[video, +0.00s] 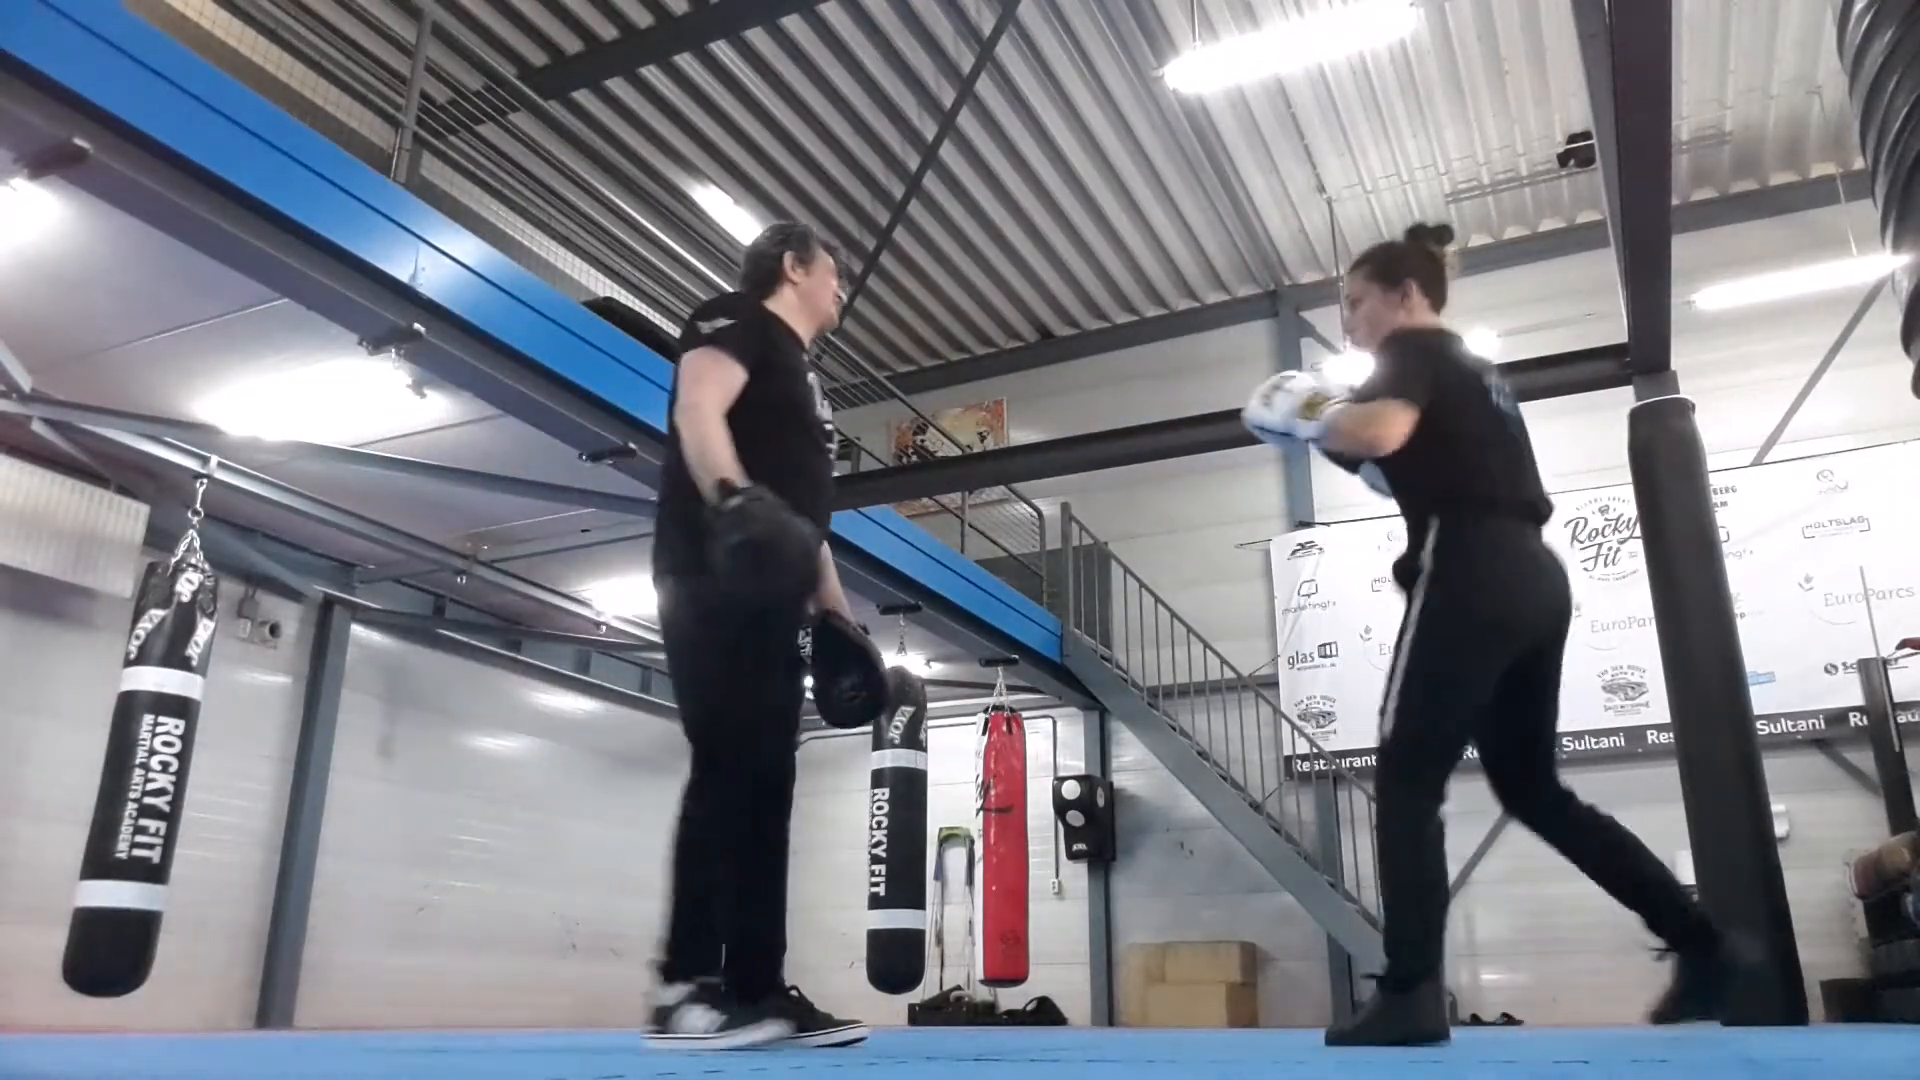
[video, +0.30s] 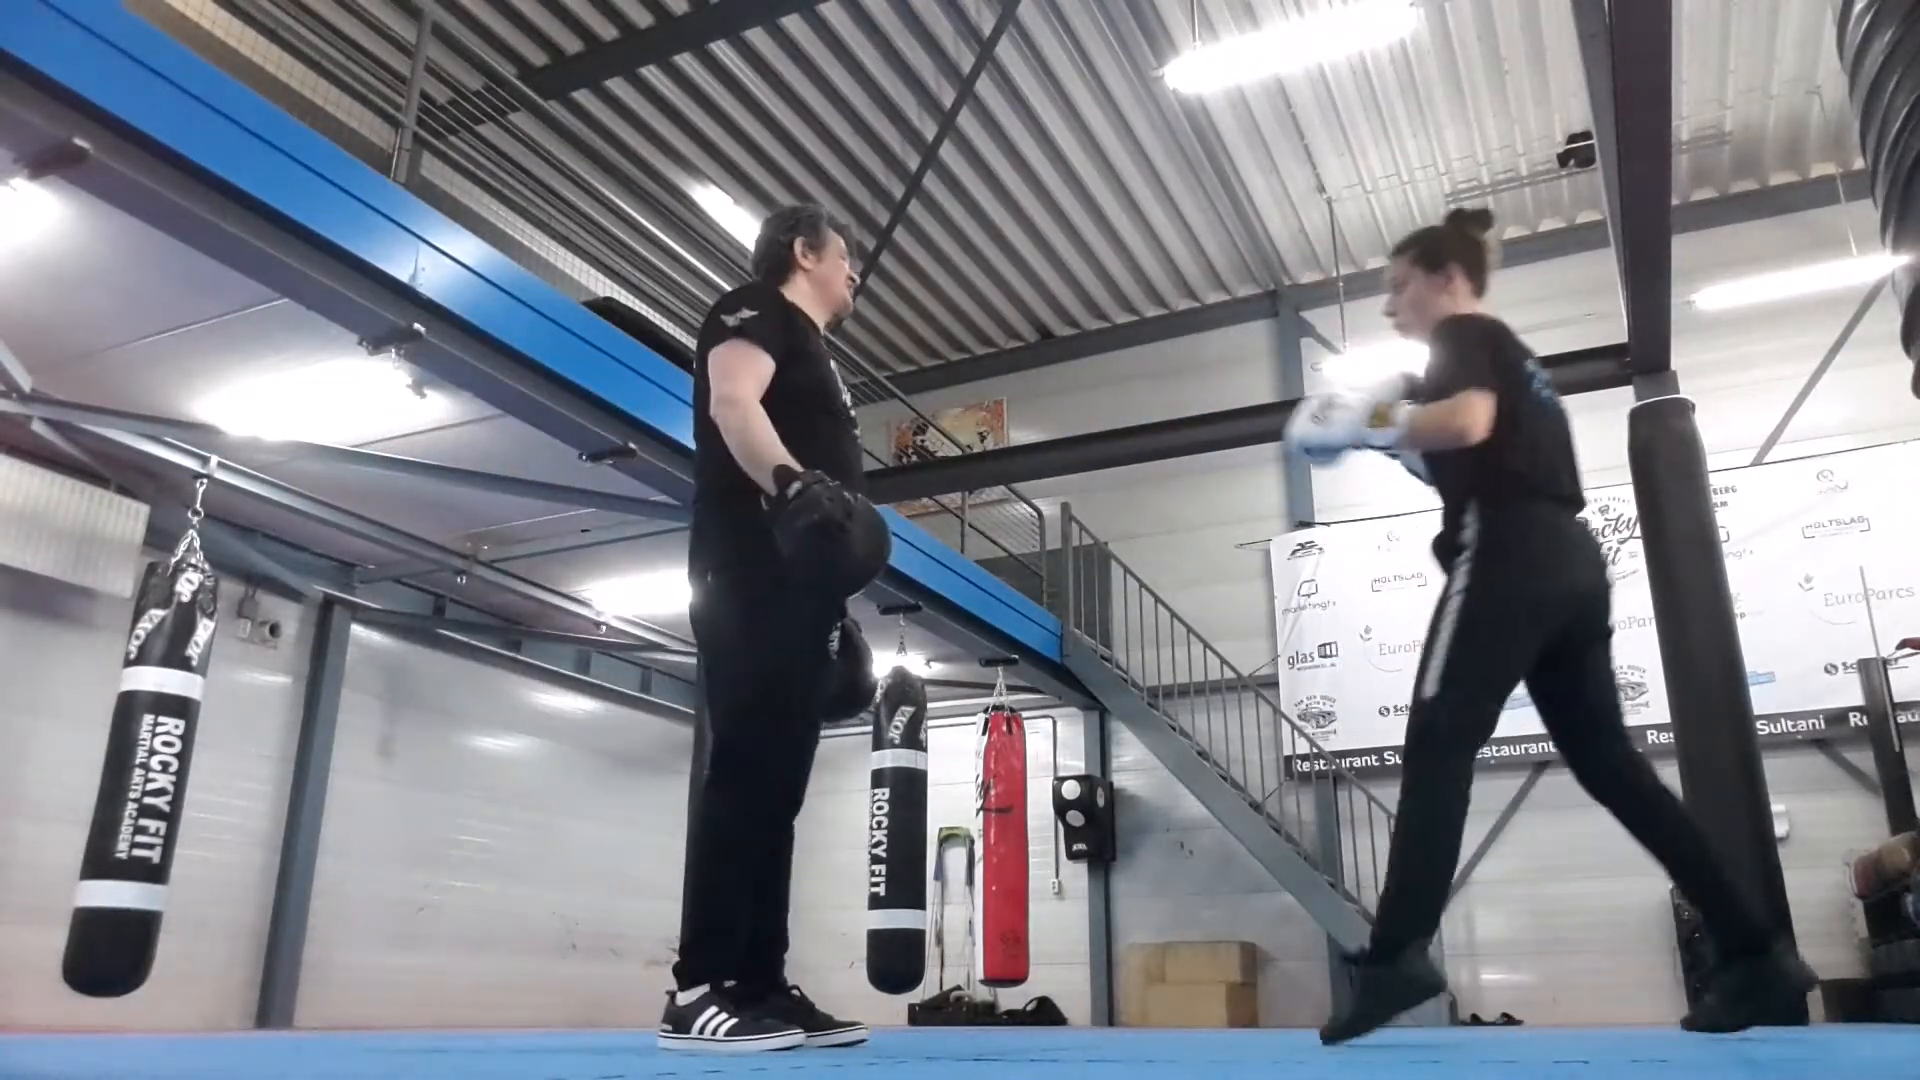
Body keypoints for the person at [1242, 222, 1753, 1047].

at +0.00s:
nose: (1349, 325)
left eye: (1355, 306)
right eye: (1346, 310)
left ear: (1403, 295)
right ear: (1421, 304)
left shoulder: (1412, 351)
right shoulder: (1470, 366)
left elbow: (1383, 430)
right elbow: (1417, 449)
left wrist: (1314, 419)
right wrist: (1333, 411)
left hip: (1470, 577)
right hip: (1532, 576)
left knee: (1406, 780)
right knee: (1529, 788)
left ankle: (1409, 996)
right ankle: (1701, 945)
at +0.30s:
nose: (1391, 308)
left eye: (1400, 289)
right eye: (1389, 292)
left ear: (1448, 280)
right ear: (1463, 290)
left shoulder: (1464, 333)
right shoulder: (1511, 355)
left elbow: (1468, 417)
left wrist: (1378, 424)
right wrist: (1390, 411)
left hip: (1506, 558)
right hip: (1569, 556)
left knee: (1438, 747)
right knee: (1610, 767)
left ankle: (1396, 959)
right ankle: (1755, 958)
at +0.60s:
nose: (1456, 336)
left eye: (1466, 318)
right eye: (1455, 321)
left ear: (1515, 314)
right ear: (1519, 321)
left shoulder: (1536, 367)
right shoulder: (1538, 388)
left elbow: (1597, 439)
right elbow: (1536, 500)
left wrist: (1496, 497)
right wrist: (1466, 471)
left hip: (1570, 602)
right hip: (1615, 603)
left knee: (1467, 772)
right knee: (1651, 799)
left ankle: (1482, 977)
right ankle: (1787, 983)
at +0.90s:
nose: (1449, 303)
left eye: (1462, 287)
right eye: (1451, 289)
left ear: (1514, 291)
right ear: (1515, 300)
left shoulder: (1528, 348)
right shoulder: (1548, 369)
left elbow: (1556, 429)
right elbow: (1527, 508)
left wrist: (1458, 469)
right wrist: (1441, 535)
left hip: (1542, 583)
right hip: (1585, 587)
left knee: (1486, 776)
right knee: (1647, 787)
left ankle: (1498, 997)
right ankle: (1779, 981)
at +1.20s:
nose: (1401, 280)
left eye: (1417, 265)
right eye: (1405, 267)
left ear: (1467, 275)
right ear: (1468, 280)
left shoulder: (1491, 327)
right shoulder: (1481, 353)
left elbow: (1537, 404)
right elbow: (1499, 462)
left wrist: (1453, 505)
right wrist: (1443, 532)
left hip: (1521, 560)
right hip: (1546, 561)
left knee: (1494, 769)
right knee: (1597, 772)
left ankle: (1499, 996)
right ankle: (1760, 973)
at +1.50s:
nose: (1345, 306)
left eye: (1358, 292)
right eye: (1346, 294)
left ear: (1407, 296)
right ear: (1396, 303)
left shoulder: (1447, 349)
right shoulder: (1412, 399)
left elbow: (1516, 407)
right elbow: (1451, 519)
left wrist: (1555, 476)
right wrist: (1431, 618)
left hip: (1527, 576)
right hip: (1526, 589)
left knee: (1461, 769)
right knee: (1619, 786)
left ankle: (1496, 996)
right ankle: (1768, 973)